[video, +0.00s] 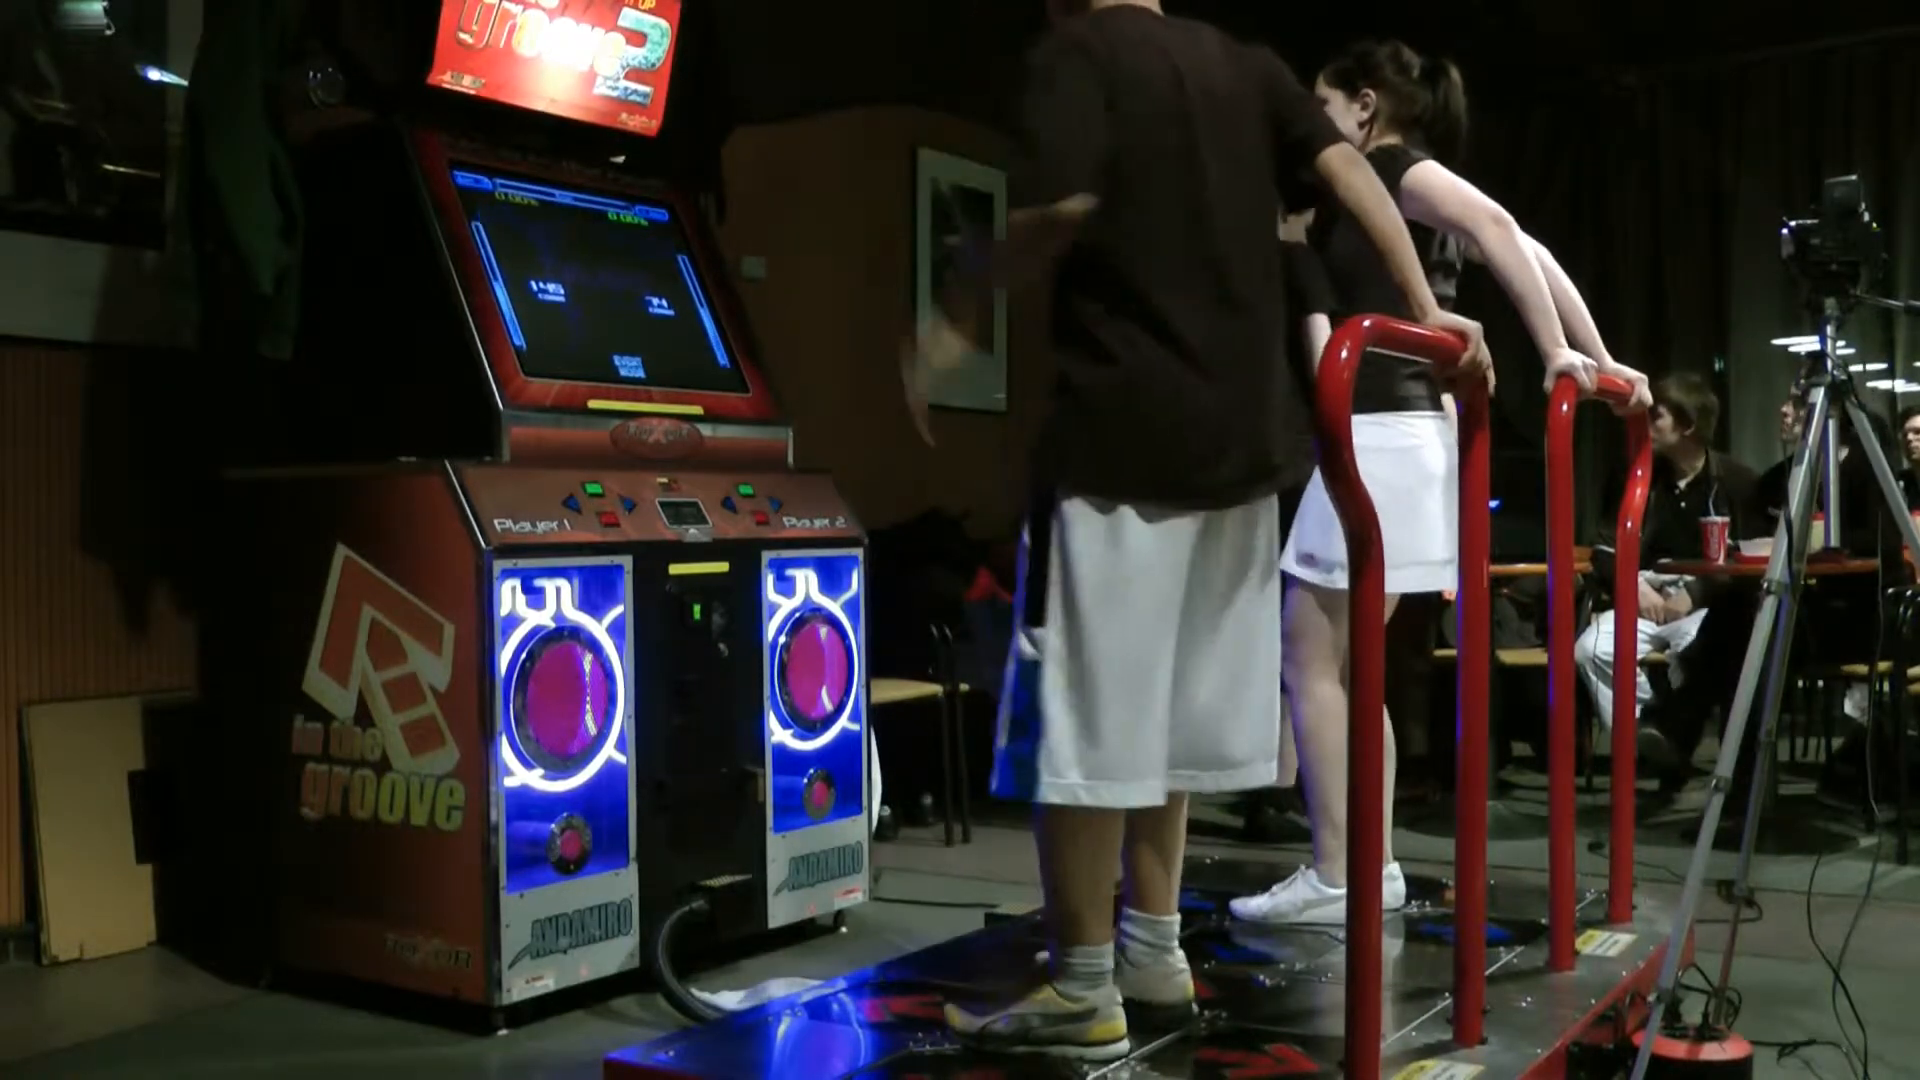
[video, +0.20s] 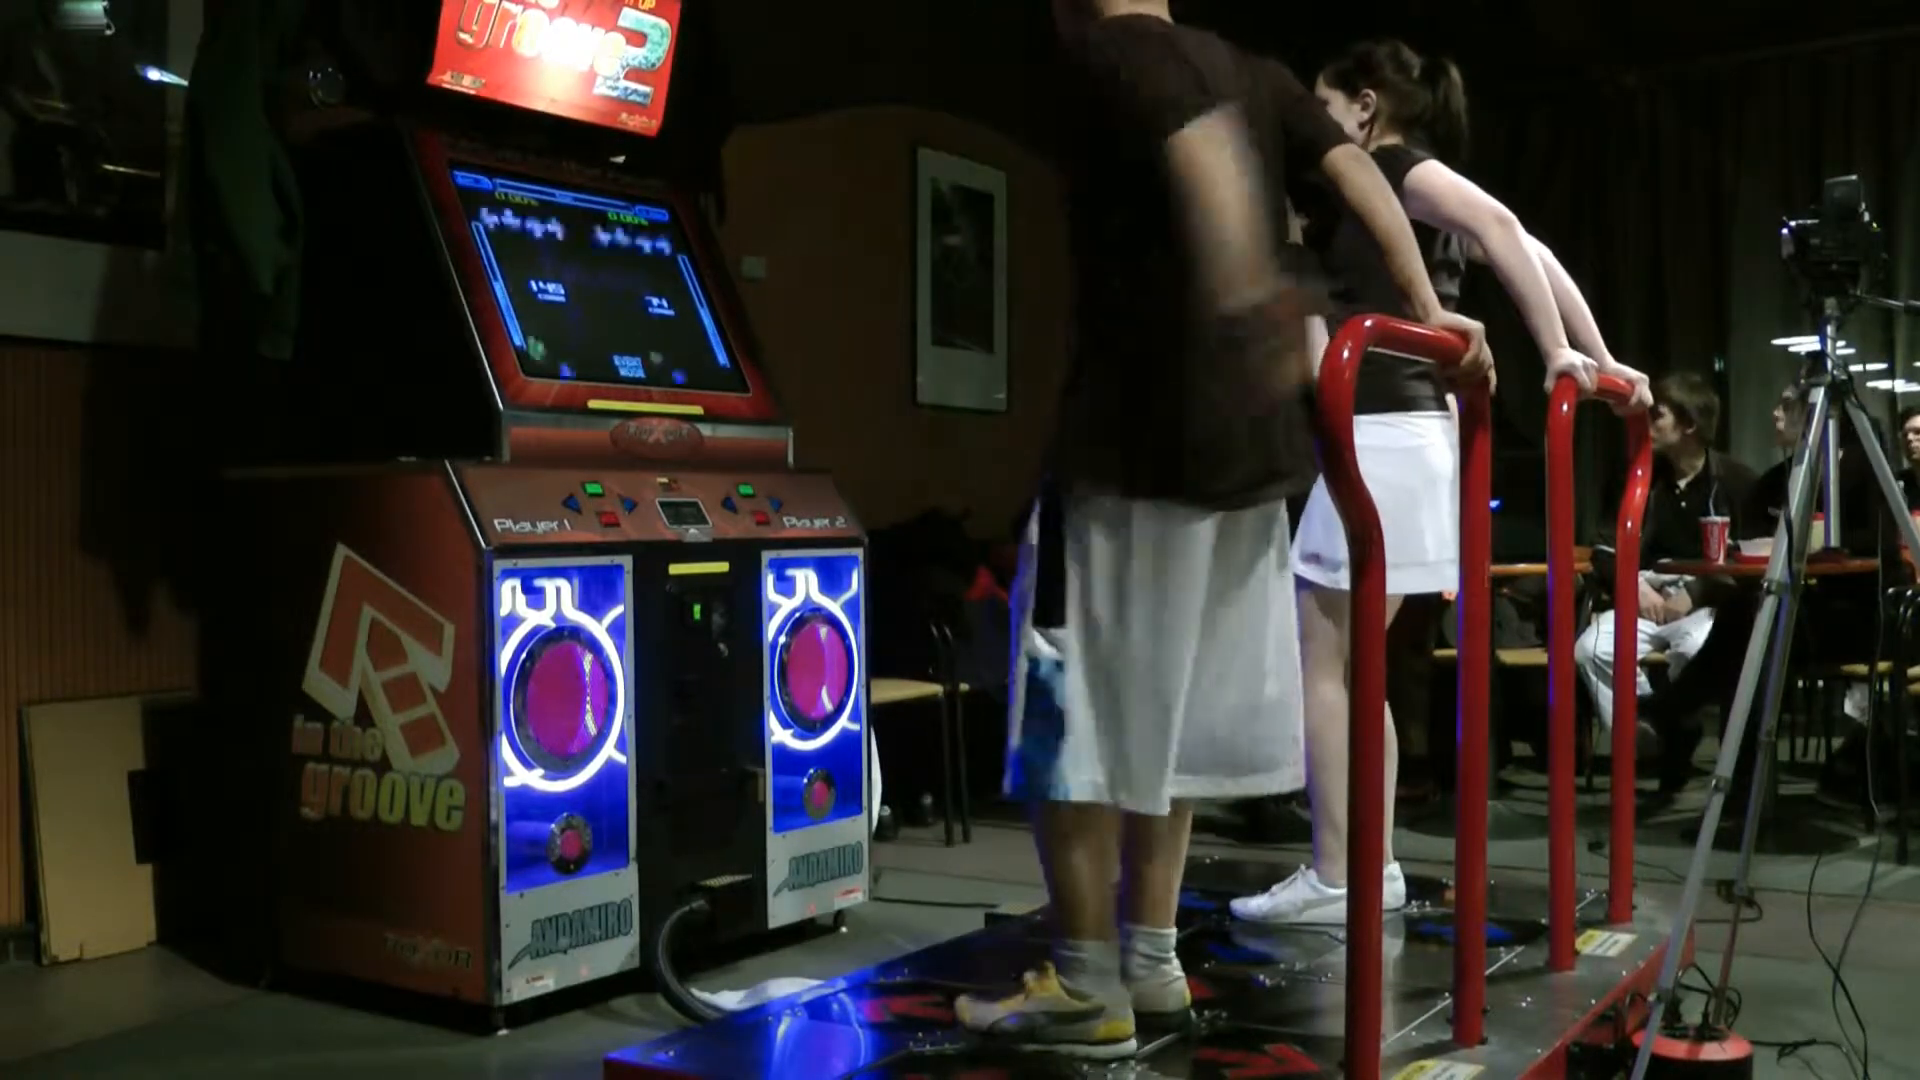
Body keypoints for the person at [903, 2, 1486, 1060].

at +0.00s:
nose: (1047, 27)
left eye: (1049, 22)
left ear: (1070, 5)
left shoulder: (1073, 56)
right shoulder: (1247, 62)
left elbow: (1064, 206)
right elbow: (1359, 183)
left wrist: (983, 276)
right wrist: (1425, 309)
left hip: (1121, 433)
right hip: (1244, 429)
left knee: (1094, 709)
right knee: (1173, 695)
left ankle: (1085, 988)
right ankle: (1155, 950)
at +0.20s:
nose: (1056, 20)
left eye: (1059, 13)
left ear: (1078, 4)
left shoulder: (1102, 47)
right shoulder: (1253, 71)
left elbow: (1203, 143)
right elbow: (1368, 186)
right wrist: (1428, 310)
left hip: (1133, 436)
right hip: (1251, 444)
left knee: (1077, 697)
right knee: (1179, 697)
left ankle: (1087, 981)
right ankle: (1153, 958)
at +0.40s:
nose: (1056, 21)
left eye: (1061, 14)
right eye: (1065, 20)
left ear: (1082, 4)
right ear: (1165, 3)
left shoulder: (1100, 42)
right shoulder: (1243, 76)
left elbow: (1269, 93)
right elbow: (1343, 166)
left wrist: (1351, 270)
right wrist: (1426, 310)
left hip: (1138, 424)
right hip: (1242, 432)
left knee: (1085, 701)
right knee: (1177, 696)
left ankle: (1089, 983)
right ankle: (1154, 961)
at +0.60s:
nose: (1055, 25)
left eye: (1059, 18)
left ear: (1080, 5)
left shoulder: (1122, 26)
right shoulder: (1237, 50)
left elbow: (1289, 98)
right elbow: (1354, 164)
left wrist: (1353, 277)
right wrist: (1423, 310)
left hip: (1132, 412)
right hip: (1233, 419)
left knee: (1050, 682)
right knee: (1167, 677)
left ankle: (1073, 975)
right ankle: (1149, 950)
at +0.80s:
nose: (1065, 27)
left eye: (1066, 15)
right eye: (1074, 17)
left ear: (1085, 12)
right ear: (1162, 12)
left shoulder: (1106, 75)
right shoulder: (1237, 82)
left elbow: (1280, 102)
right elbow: (1350, 141)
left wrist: (1343, 272)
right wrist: (1418, 299)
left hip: (1139, 455)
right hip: (1253, 463)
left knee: (1045, 719)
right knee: (1152, 715)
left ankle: (1066, 1009)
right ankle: (1174, 966)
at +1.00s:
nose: (1060, 31)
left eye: (1064, 18)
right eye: (1065, 21)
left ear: (1089, 13)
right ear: (1166, 16)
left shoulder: (1115, 79)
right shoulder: (1232, 86)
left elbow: (1296, 106)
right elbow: (1368, 142)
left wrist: (1341, 278)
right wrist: (1424, 312)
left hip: (1151, 455)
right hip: (1254, 471)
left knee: (1000, 702)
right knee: (1136, 716)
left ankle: (1050, 994)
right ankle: (1180, 927)